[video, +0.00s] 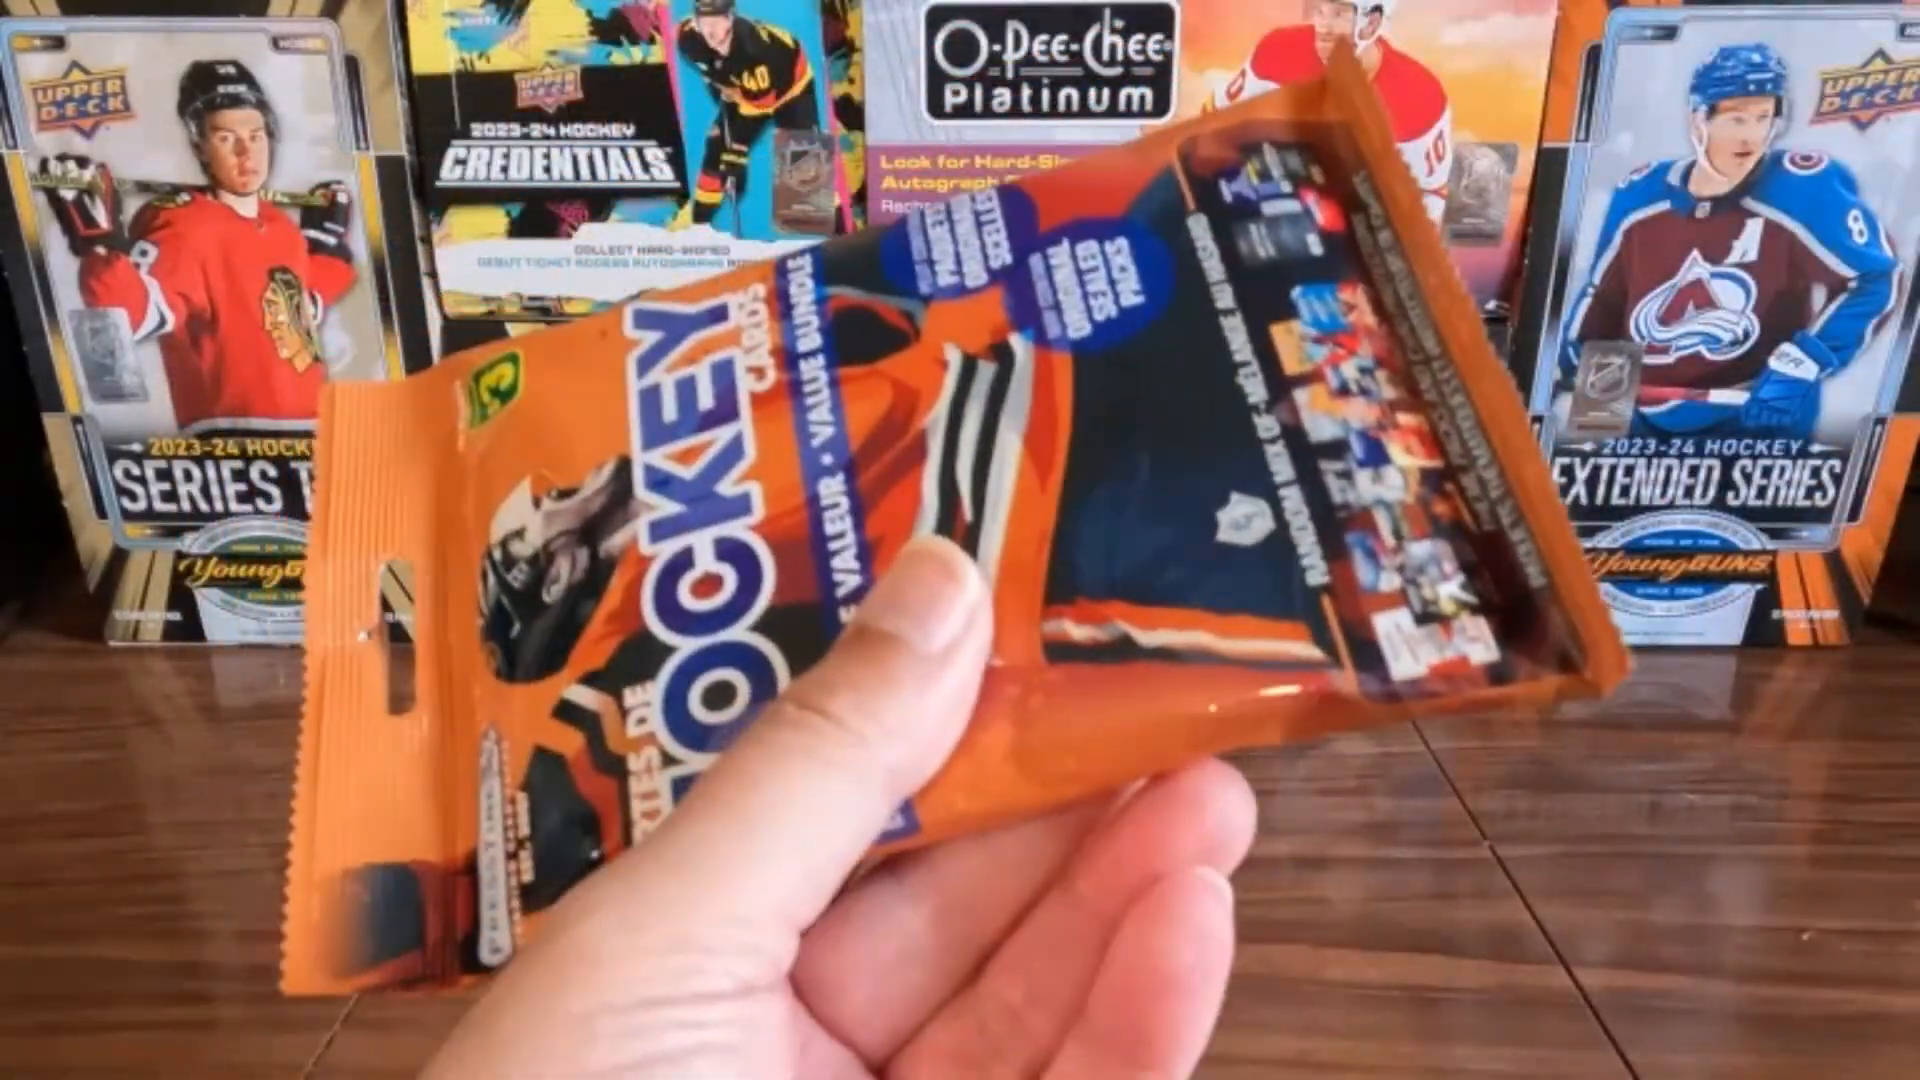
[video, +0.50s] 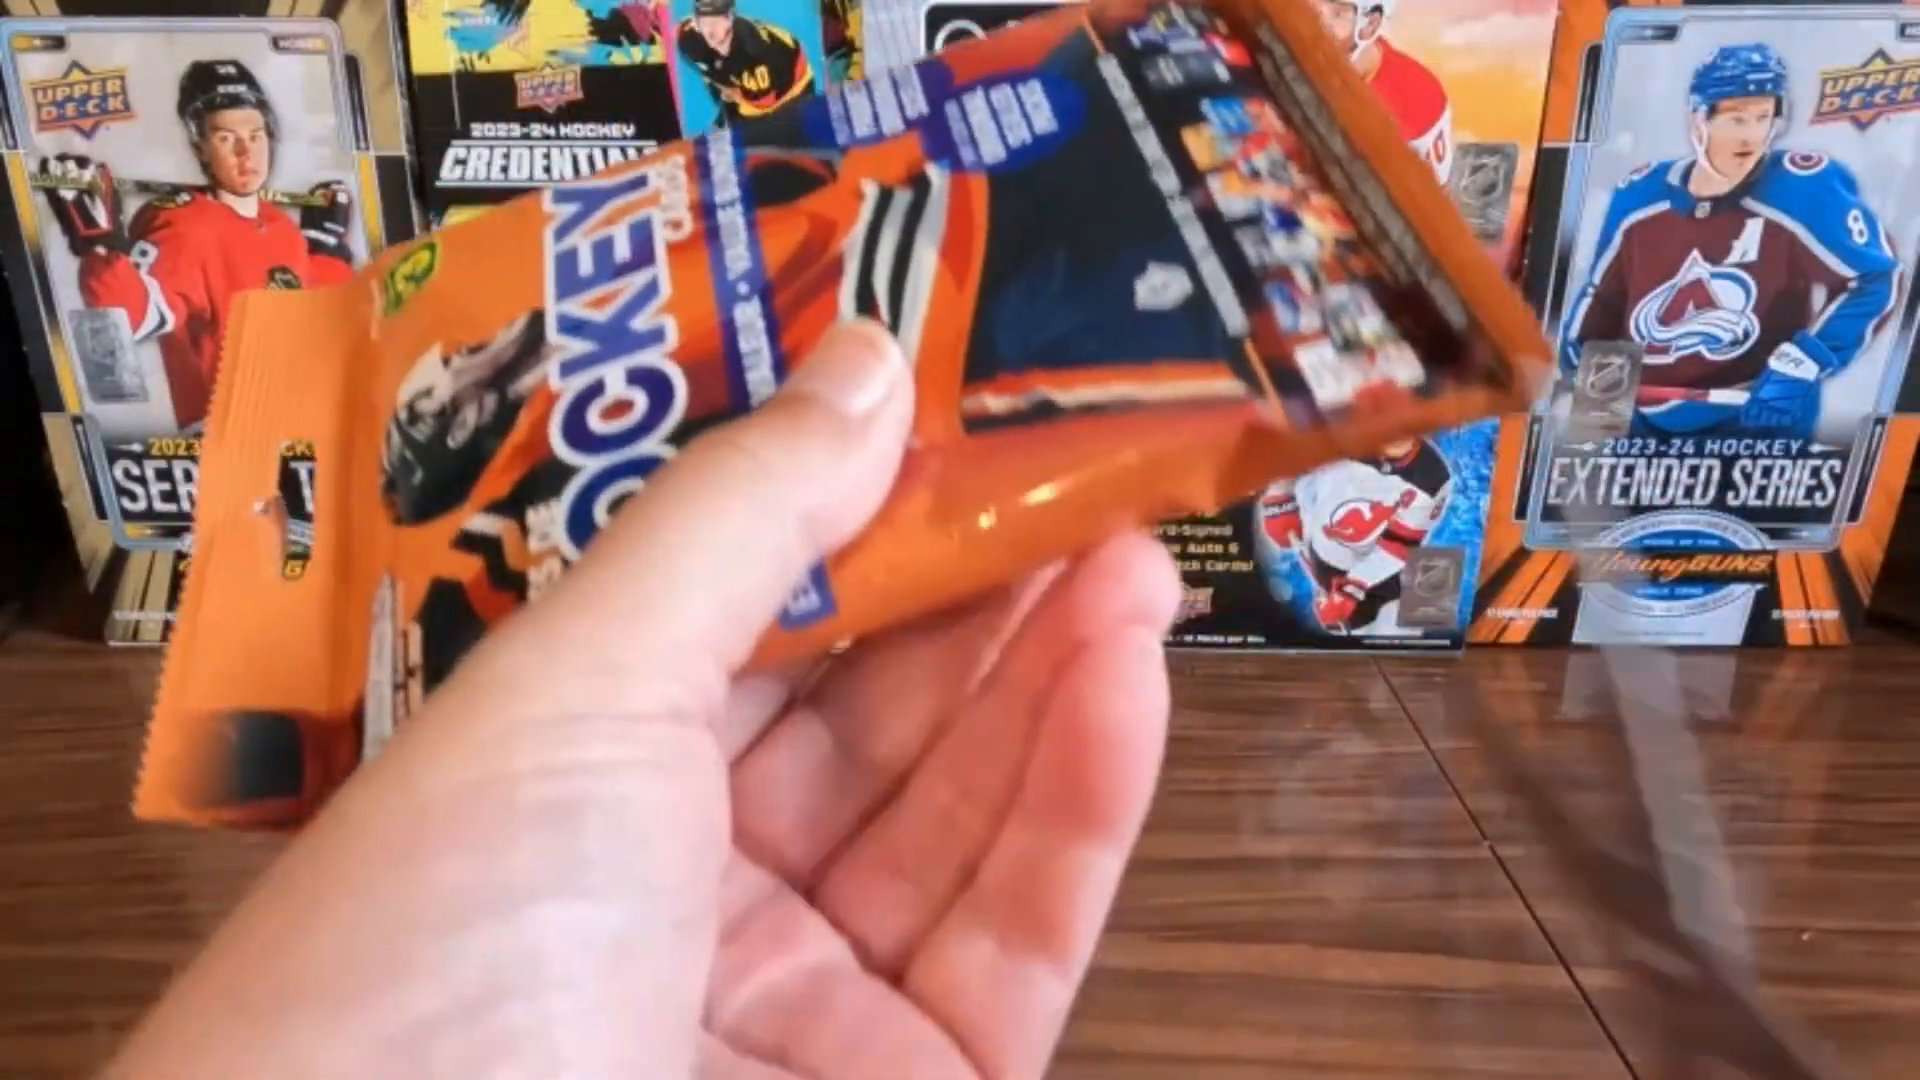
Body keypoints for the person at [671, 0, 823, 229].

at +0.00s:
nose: (712, 30)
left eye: (718, 22)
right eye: (705, 22)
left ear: (731, 19)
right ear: (696, 23)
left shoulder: (754, 48)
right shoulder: (689, 37)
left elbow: (757, 108)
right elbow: (708, 70)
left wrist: (736, 157)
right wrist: (723, 89)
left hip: (790, 90)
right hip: (741, 95)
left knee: (803, 160)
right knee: (717, 146)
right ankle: (699, 218)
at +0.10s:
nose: (712, 30)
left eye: (718, 22)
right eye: (705, 23)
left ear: (730, 19)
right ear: (696, 23)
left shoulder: (754, 47)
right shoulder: (689, 37)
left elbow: (757, 107)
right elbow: (707, 69)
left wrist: (736, 156)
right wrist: (723, 88)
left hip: (790, 89)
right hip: (741, 95)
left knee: (803, 161)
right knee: (717, 146)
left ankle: (835, 226)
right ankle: (699, 218)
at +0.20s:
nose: (712, 30)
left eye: (718, 22)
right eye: (705, 23)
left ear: (731, 19)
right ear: (696, 23)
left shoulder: (754, 48)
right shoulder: (689, 37)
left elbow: (757, 107)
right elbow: (707, 69)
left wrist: (736, 157)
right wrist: (723, 88)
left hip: (790, 89)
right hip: (741, 95)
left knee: (803, 160)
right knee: (717, 146)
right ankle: (699, 218)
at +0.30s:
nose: (712, 30)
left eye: (718, 22)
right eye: (705, 23)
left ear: (730, 19)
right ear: (696, 23)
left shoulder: (754, 49)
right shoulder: (689, 37)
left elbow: (757, 109)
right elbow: (709, 71)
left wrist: (735, 158)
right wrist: (723, 89)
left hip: (789, 89)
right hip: (740, 94)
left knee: (801, 157)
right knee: (717, 146)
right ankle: (699, 217)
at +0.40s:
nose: (713, 31)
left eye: (719, 22)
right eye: (706, 24)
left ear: (731, 19)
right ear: (696, 23)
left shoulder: (753, 48)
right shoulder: (688, 38)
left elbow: (760, 107)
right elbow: (711, 72)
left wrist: (736, 151)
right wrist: (727, 89)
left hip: (791, 91)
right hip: (742, 95)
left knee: (803, 157)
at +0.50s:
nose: (713, 30)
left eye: (719, 21)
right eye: (707, 23)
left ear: (730, 18)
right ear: (696, 22)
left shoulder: (755, 45)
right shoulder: (688, 39)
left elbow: (766, 102)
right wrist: (728, 90)